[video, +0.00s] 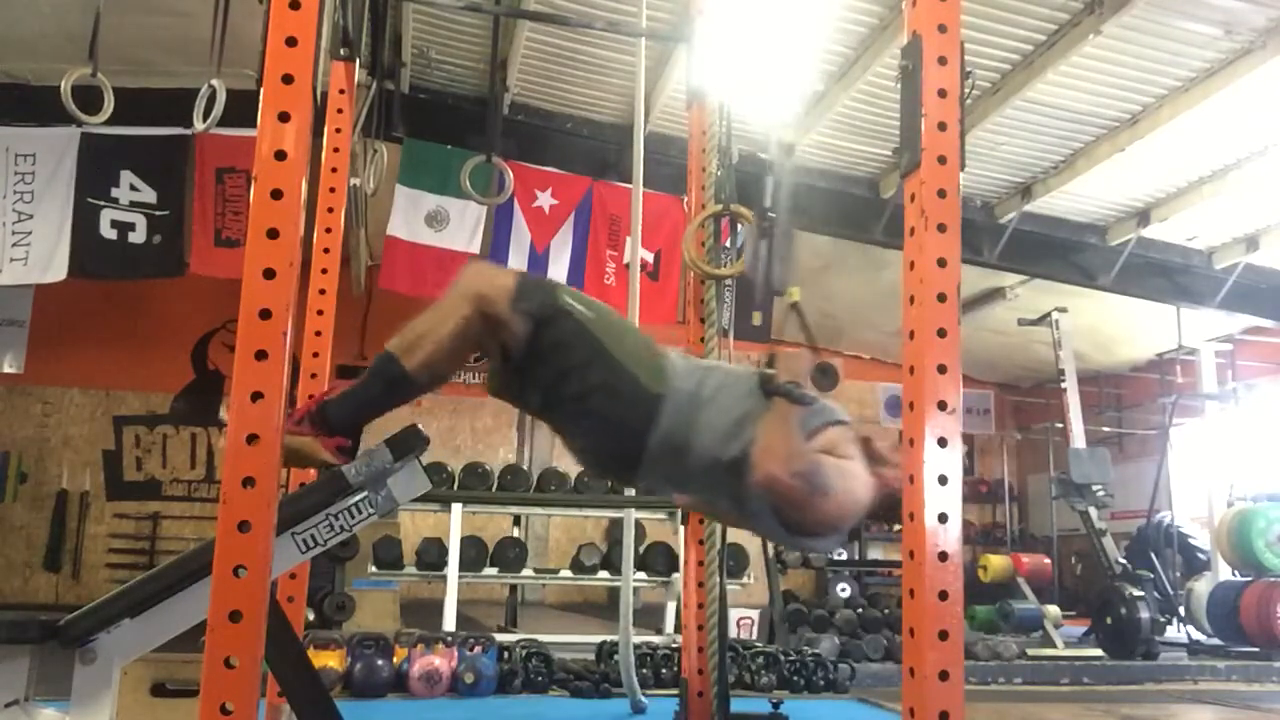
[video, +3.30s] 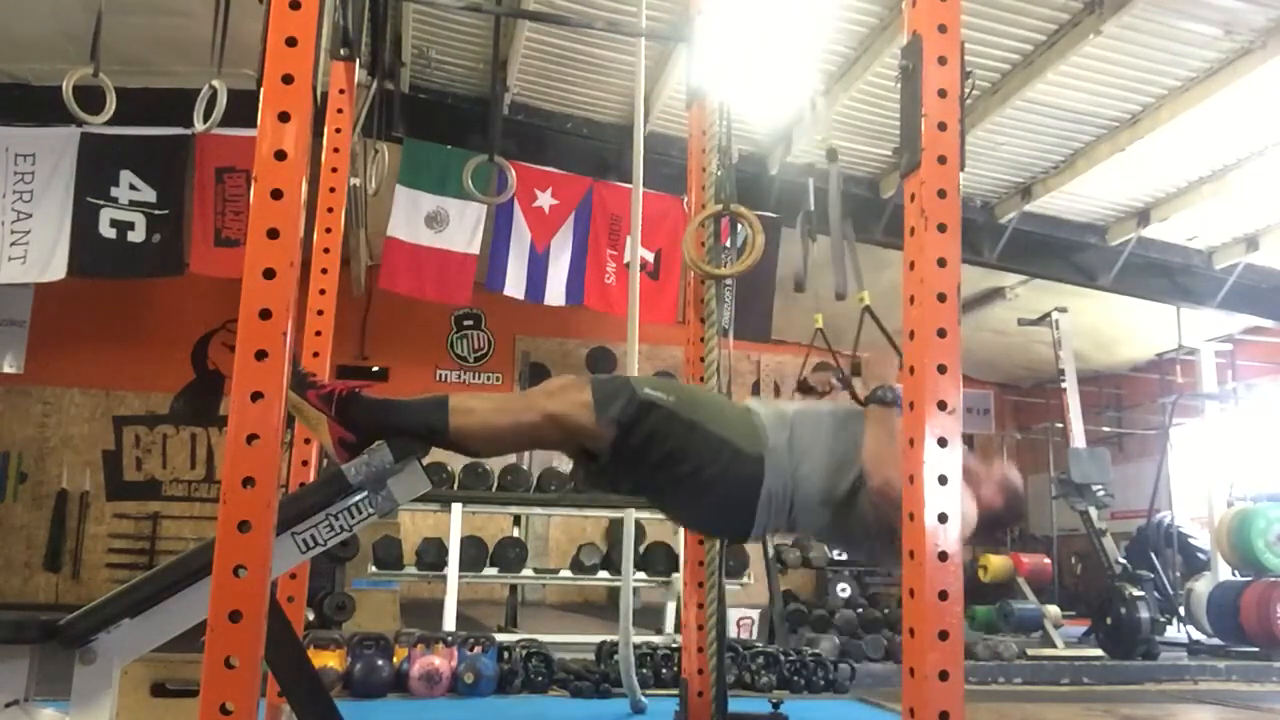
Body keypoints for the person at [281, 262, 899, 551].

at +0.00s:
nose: (900, 430)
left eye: (911, 444)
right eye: (911, 429)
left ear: (902, 478)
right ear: (900, 429)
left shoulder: (850, 490)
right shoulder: (843, 440)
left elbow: (780, 473)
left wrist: (790, 391)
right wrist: (799, 380)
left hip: (644, 414)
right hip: (650, 389)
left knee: (486, 287)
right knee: (480, 310)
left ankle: (337, 420)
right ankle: (344, 414)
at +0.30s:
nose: (799, 425)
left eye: (808, 440)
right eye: (810, 430)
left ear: (798, 466)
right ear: (795, 449)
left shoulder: (748, 470)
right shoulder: (743, 433)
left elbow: (673, 458)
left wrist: (697, 373)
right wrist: (711, 359)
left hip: (543, 381)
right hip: (552, 359)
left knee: (386, 250)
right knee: (391, 269)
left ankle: (315, 424)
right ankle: (319, 415)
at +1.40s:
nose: (887, 448)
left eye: (897, 462)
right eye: (899, 447)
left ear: (888, 499)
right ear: (891, 474)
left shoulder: (835, 499)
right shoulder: (829, 455)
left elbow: (766, 469)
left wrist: (775, 389)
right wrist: (794, 377)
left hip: (637, 411)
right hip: (639, 396)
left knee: (477, 283)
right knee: (463, 320)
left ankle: (337, 419)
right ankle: (341, 414)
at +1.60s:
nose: (936, 469)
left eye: (946, 482)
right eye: (944, 471)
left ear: (937, 520)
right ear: (935, 493)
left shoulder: (889, 534)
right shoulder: (877, 476)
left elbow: (834, 480)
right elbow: (841, 440)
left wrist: (839, 402)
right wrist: (845, 390)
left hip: (702, 445)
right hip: (703, 409)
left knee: (539, 322)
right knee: (531, 336)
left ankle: (365, 414)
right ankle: (378, 410)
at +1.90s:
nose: (996, 493)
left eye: (1006, 505)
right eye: (1004, 490)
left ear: (997, 534)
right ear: (990, 489)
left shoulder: (948, 545)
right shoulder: (940, 495)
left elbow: (894, 490)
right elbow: (878, 460)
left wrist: (918, 418)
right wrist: (903, 412)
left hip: (770, 484)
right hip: (762, 457)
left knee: (591, 404)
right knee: (583, 395)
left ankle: (392, 423)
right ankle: (404, 418)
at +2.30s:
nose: (975, 571)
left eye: (984, 586)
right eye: (986, 568)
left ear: (974, 613)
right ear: (973, 561)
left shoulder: (921, 622)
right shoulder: (914, 565)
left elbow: (885, 515)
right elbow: (876, 497)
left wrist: (905, 445)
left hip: (755, 544)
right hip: (750, 503)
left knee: (595, 434)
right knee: (574, 429)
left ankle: (378, 410)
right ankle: (382, 420)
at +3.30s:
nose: (986, 467)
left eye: (995, 478)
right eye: (991, 463)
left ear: (989, 508)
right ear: (978, 460)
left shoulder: (939, 528)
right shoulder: (930, 469)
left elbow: (887, 486)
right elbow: (876, 464)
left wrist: (917, 408)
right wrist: (883, 398)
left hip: (754, 468)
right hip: (745, 454)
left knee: (570, 407)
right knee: (560, 407)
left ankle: (365, 414)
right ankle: (373, 416)